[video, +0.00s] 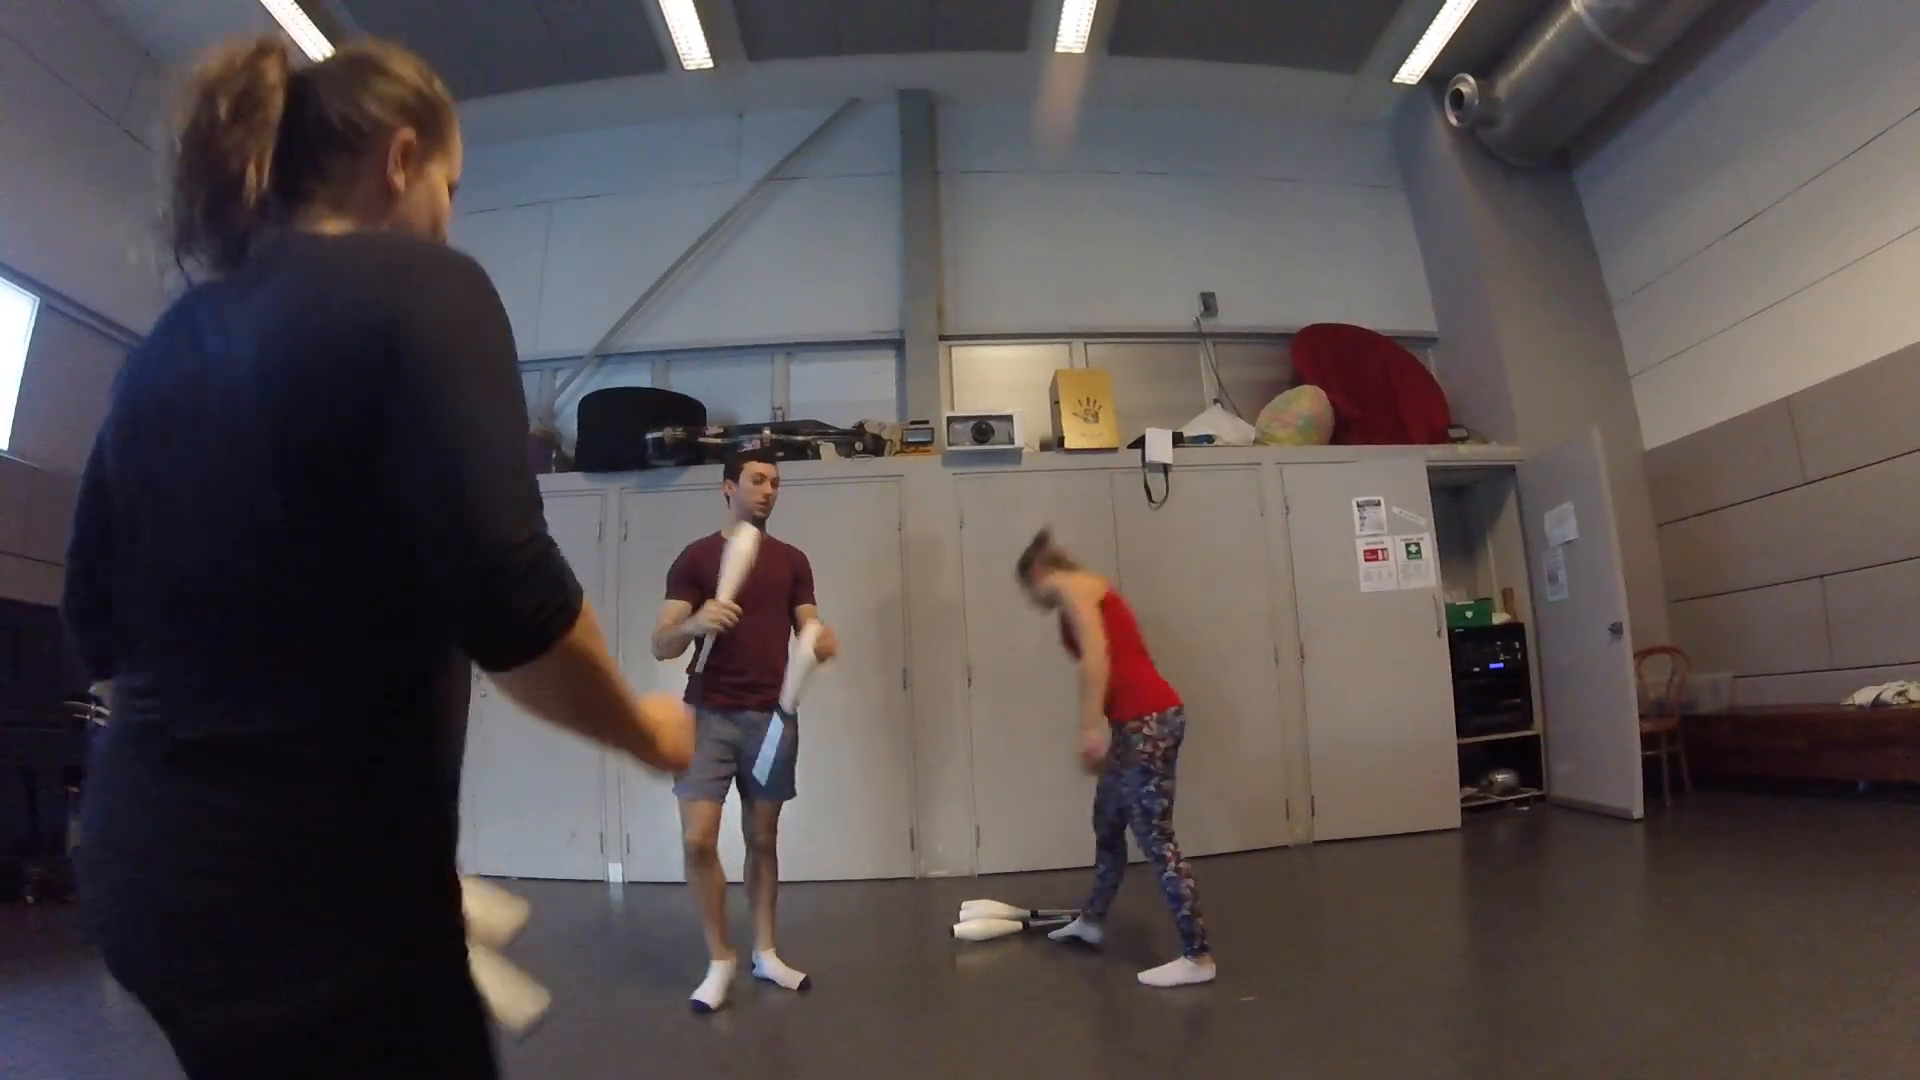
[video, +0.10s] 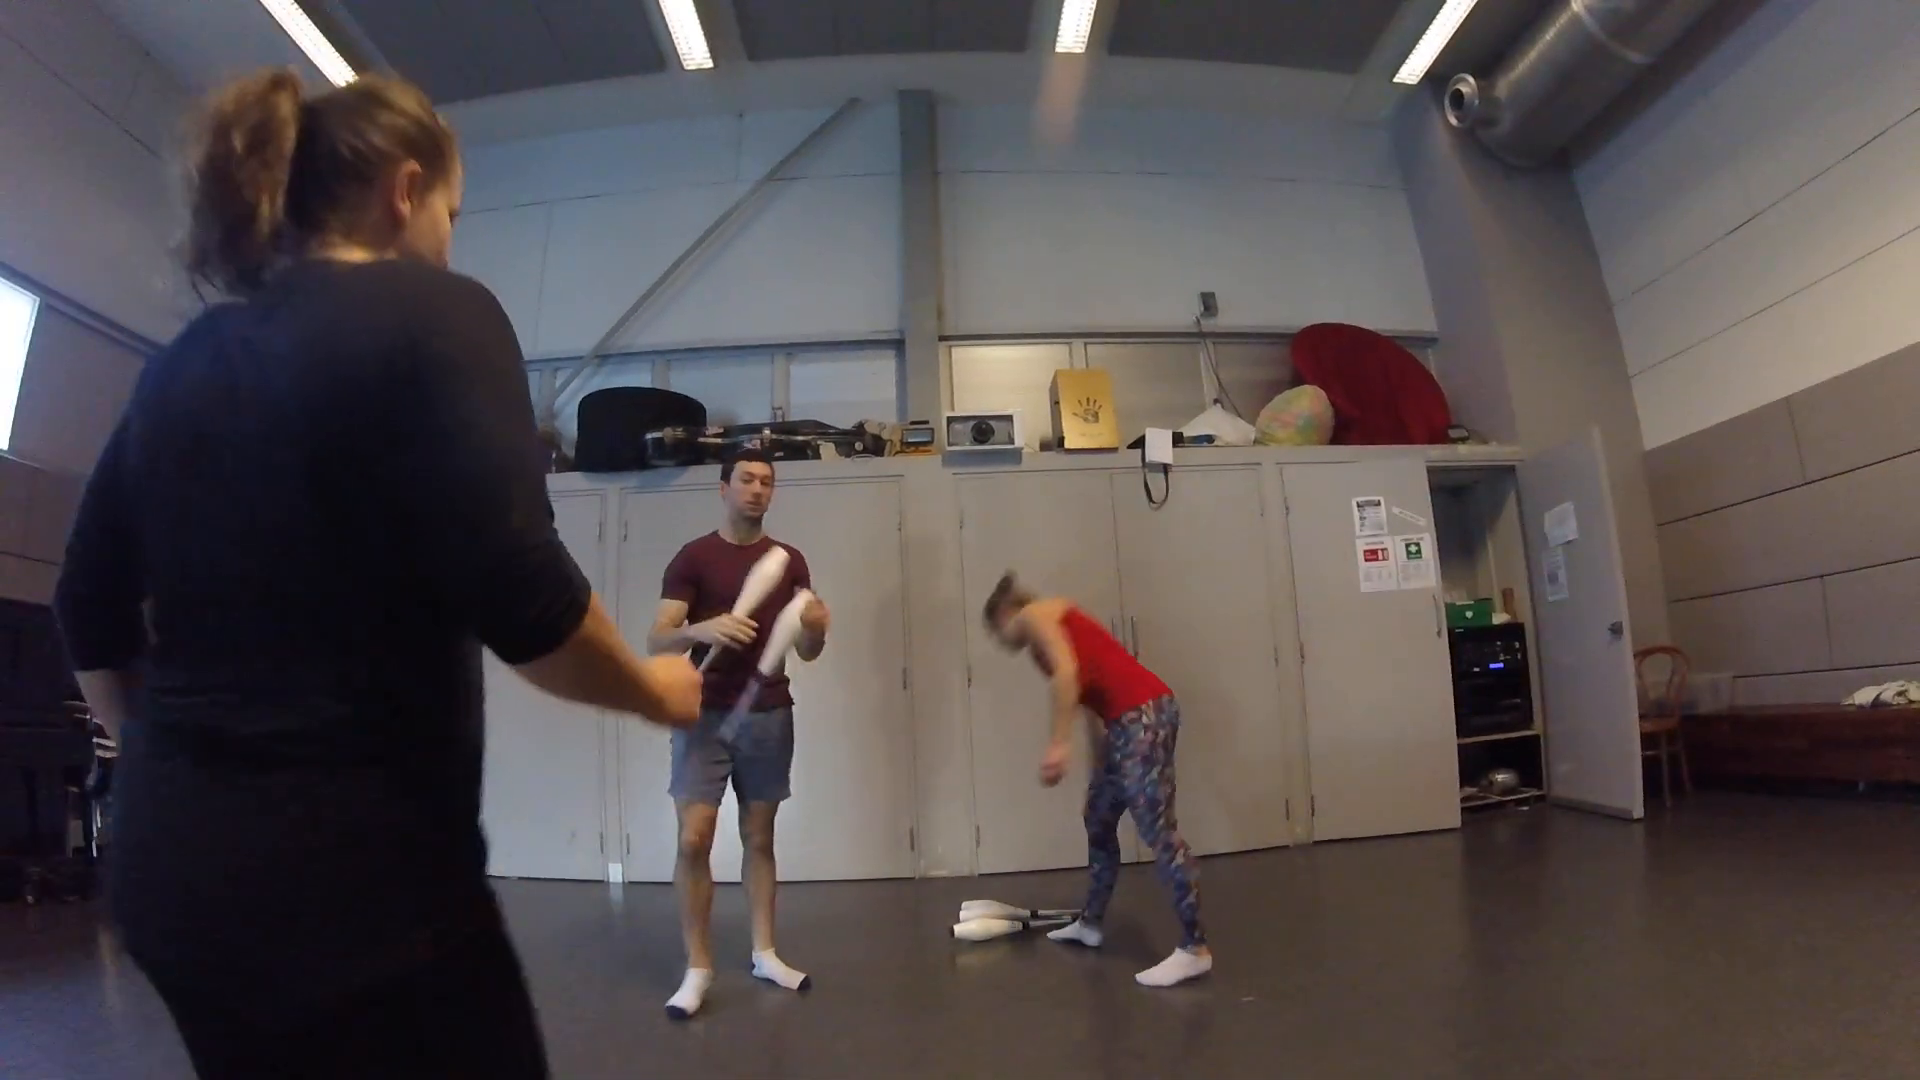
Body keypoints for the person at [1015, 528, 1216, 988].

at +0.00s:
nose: (1035, 596)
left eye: (1032, 586)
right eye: (1032, 589)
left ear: (1041, 572)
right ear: (1056, 564)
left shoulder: (1075, 585)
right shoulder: (1090, 589)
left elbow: (1096, 651)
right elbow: (1117, 662)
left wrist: (1093, 722)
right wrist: (1114, 732)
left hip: (1150, 720)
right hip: (1134, 722)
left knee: (1153, 833)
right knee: (1109, 820)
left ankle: (1198, 954)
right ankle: (1092, 920)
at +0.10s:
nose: (1004, 639)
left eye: (1000, 629)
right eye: (999, 633)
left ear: (1010, 612)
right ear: (1018, 609)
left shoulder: (1040, 613)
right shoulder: (1054, 629)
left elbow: (1067, 671)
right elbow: (1096, 709)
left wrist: (1057, 745)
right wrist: (1100, 764)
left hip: (1145, 715)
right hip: (1121, 726)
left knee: (1157, 829)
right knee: (1100, 819)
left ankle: (1195, 948)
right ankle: (1090, 923)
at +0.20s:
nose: (989, 693)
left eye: (981, 683)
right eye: (982, 687)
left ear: (983, 660)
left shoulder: (1006, 651)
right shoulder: (1032, 670)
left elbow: (1034, 705)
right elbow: (1061, 751)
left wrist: (1033, 779)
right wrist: (1072, 825)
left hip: (1136, 703)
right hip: (1120, 717)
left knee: (1168, 812)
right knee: (1098, 817)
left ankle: (1216, 923)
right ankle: (1091, 922)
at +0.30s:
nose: (985, 734)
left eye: (978, 724)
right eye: (980, 728)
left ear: (977, 701)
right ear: (996, 702)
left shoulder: (986, 694)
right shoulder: (1035, 716)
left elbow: (1010, 757)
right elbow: (1049, 787)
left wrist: (1016, 817)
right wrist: (1053, 860)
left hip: (1126, 692)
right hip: (1121, 708)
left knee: (1179, 775)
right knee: (1103, 817)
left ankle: (1281, 854)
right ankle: (1092, 922)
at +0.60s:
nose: (1013, 799)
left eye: (1006, 795)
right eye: (1010, 798)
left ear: (997, 775)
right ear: (1016, 778)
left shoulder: (993, 763)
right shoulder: (1050, 767)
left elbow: (1004, 841)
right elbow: (1060, 836)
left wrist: (1027, 904)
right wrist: (1052, 904)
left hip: (1110, 680)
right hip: (1116, 712)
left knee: (1202, 659)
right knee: (1116, 823)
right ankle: (1094, 924)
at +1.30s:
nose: (1036, 575)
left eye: (1042, 564)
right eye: (1035, 567)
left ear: (1067, 562)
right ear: (1071, 564)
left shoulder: (1077, 587)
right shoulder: (1098, 591)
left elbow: (1087, 661)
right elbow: (1151, 664)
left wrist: (1082, 734)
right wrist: (1192, 738)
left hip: (1167, 722)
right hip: (1147, 722)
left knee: (1159, 832)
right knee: (1120, 821)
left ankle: (1195, 950)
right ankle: (1096, 913)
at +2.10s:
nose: (1235, 534)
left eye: (1239, 522)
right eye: (1226, 527)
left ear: (1261, 508)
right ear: (1220, 522)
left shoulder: (1302, 552)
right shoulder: (1249, 565)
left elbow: (1356, 624)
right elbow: (1246, 638)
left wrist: (1391, 701)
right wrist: (1207, 694)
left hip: (1317, 709)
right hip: (1283, 712)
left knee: (1292, 828)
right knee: (1291, 828)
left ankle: (1273, 961)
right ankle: (1320, 942)